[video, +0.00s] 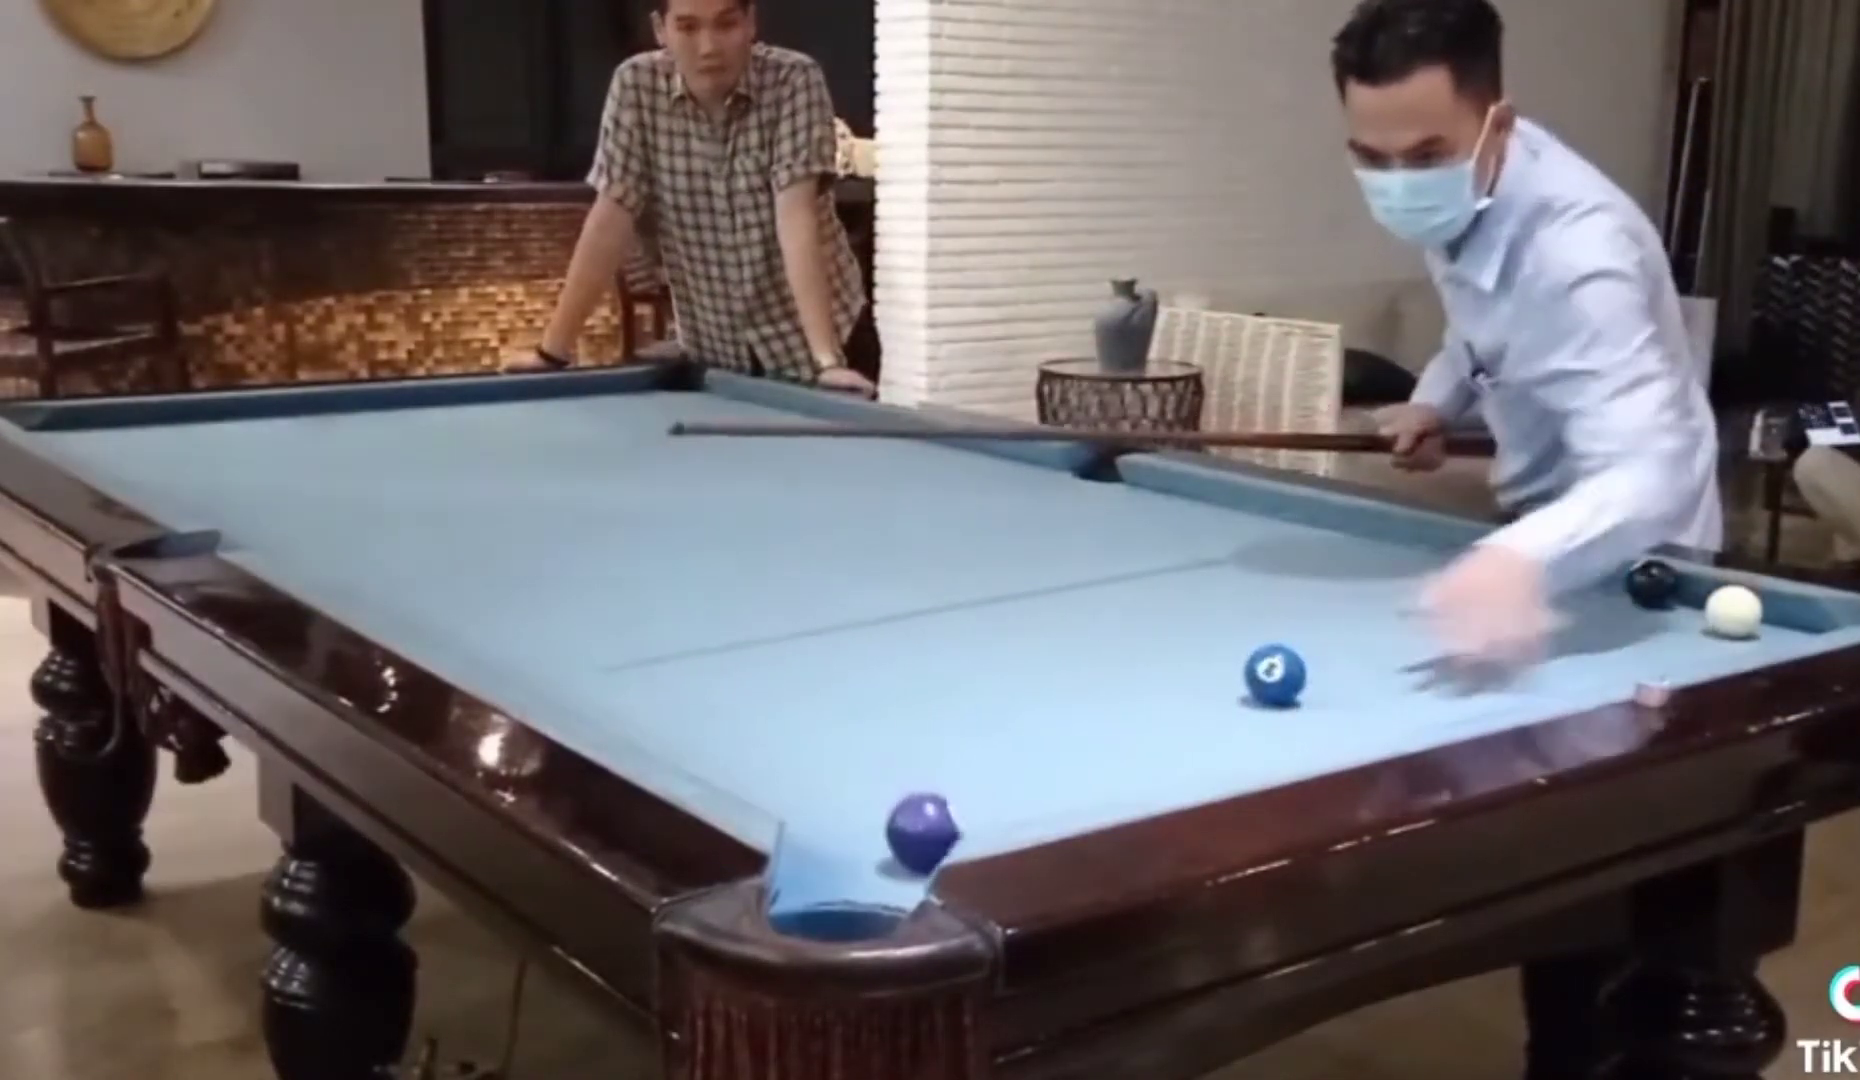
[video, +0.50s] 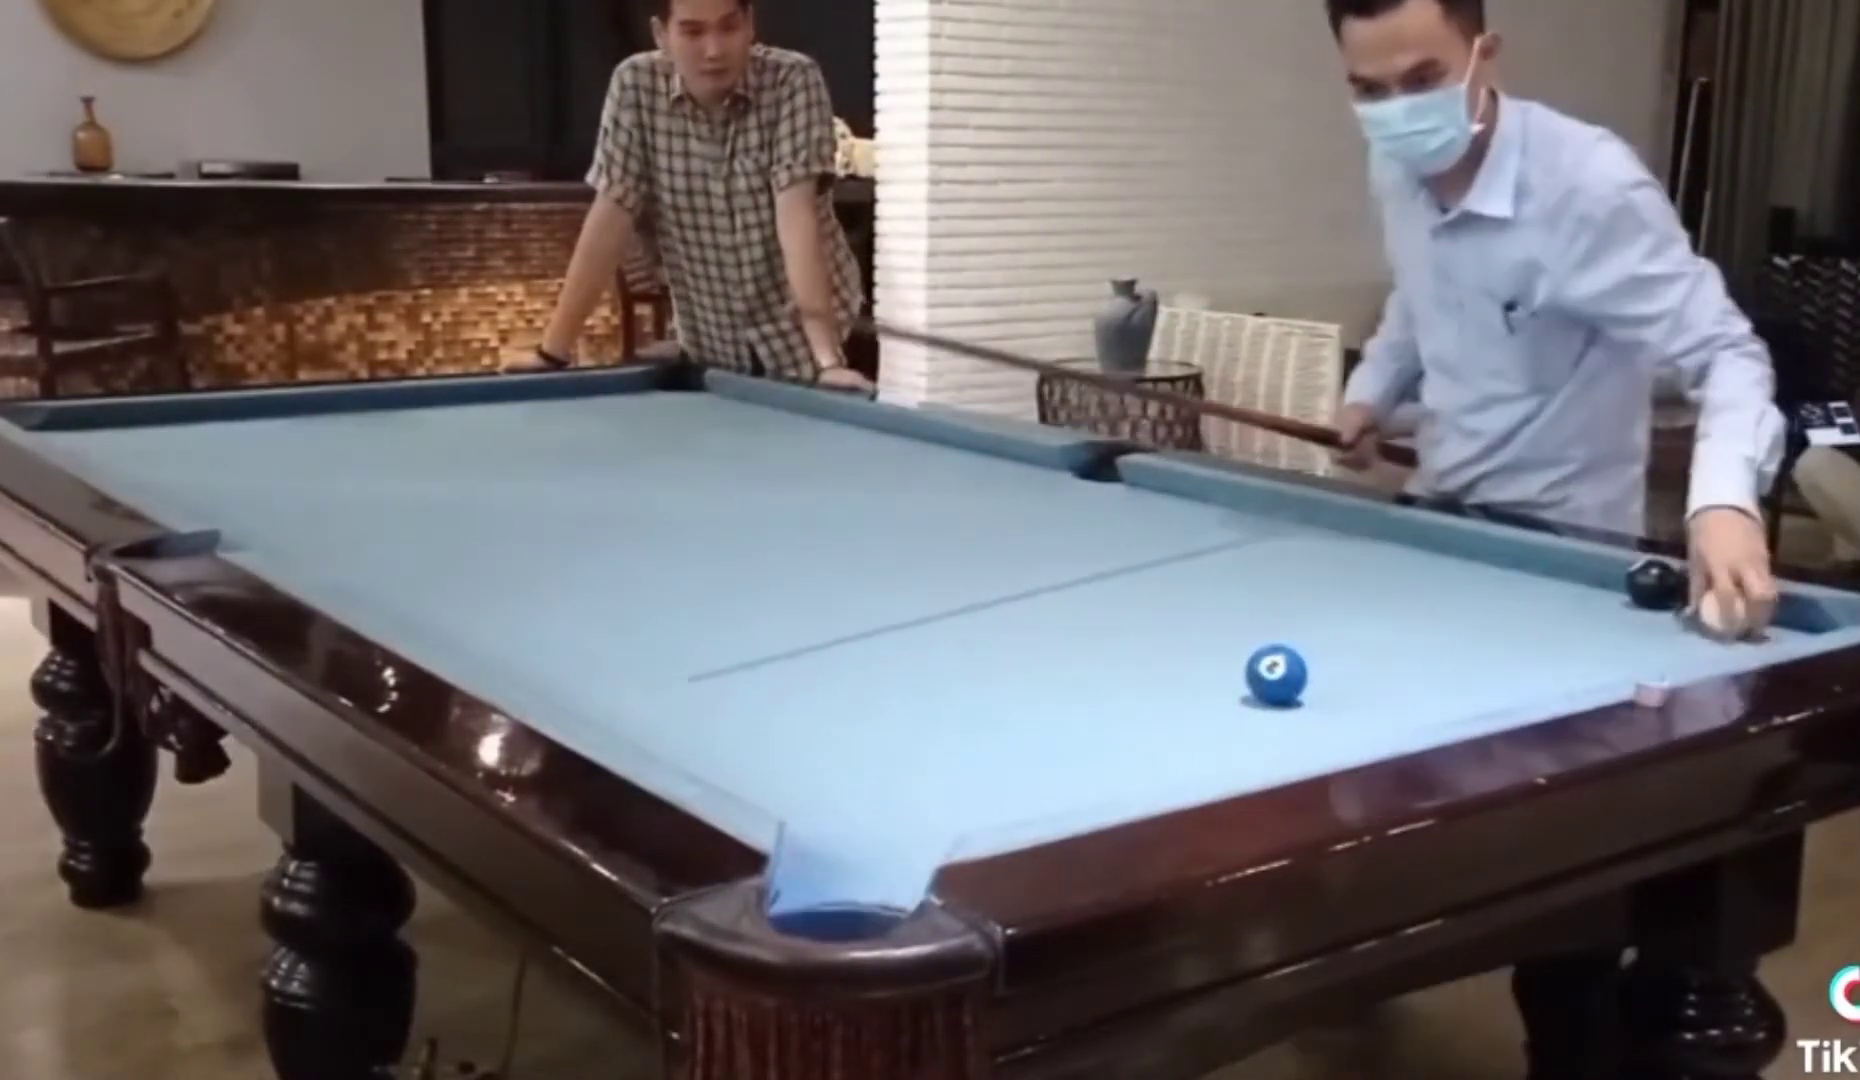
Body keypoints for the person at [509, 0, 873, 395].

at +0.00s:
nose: (708, 46)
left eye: (726, 25)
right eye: (688, 27)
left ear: (752, 25)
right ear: (661, 30)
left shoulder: (793, 80)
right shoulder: (637, 85)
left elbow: (798, 216)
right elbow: (612, 215)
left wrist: (828, 360)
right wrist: (553, 351)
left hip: (818, 349)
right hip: (711, 350)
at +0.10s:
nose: (707, 47)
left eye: (724, 26)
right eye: (687, 28)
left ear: (751, 24)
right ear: (660, 32)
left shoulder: (792, 80)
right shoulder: (637, 85)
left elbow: (798, 216)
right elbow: (612, 214)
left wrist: (828, 360)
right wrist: (553, 351)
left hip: (820, 349)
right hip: (712, 351)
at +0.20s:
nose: (707, 48)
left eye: (724, 26)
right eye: (687, 29)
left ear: (751, 25)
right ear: (660, 32)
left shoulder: (791, 80)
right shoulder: (636, 85)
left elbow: (798, 215)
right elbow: (612, 212)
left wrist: (828, 360)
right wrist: (553, 351)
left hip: (818, 348)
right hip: (711, 350)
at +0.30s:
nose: (708, 49)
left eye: (725, 27)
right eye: (688, 30)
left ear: (750, 25)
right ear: (660, 33)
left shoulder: (791, 80)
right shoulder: (636, 85)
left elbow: (798, 214)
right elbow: (612, 213)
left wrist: (828, 359)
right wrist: (553, 351)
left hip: (821, 348)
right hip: (711, 351)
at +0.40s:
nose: (710, 50)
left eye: (726, 28)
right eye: (690, 31)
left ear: (751, 26)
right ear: (660, 34)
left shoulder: (791, 80)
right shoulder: (636, 85)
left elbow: (797, 214)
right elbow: (611, 216)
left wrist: (828, 357)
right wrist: (552, 353)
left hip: (807, 347)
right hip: (708, 347)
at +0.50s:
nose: (713, 50)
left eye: (729, 28)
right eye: (693, 31)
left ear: (751, 27)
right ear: (662, 35)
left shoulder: (792, 79)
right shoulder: (636, 84)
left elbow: (798, 212)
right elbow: (611, 212)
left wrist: (829, 360)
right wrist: (552, 352)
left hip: (804, 348)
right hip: (706, 347)